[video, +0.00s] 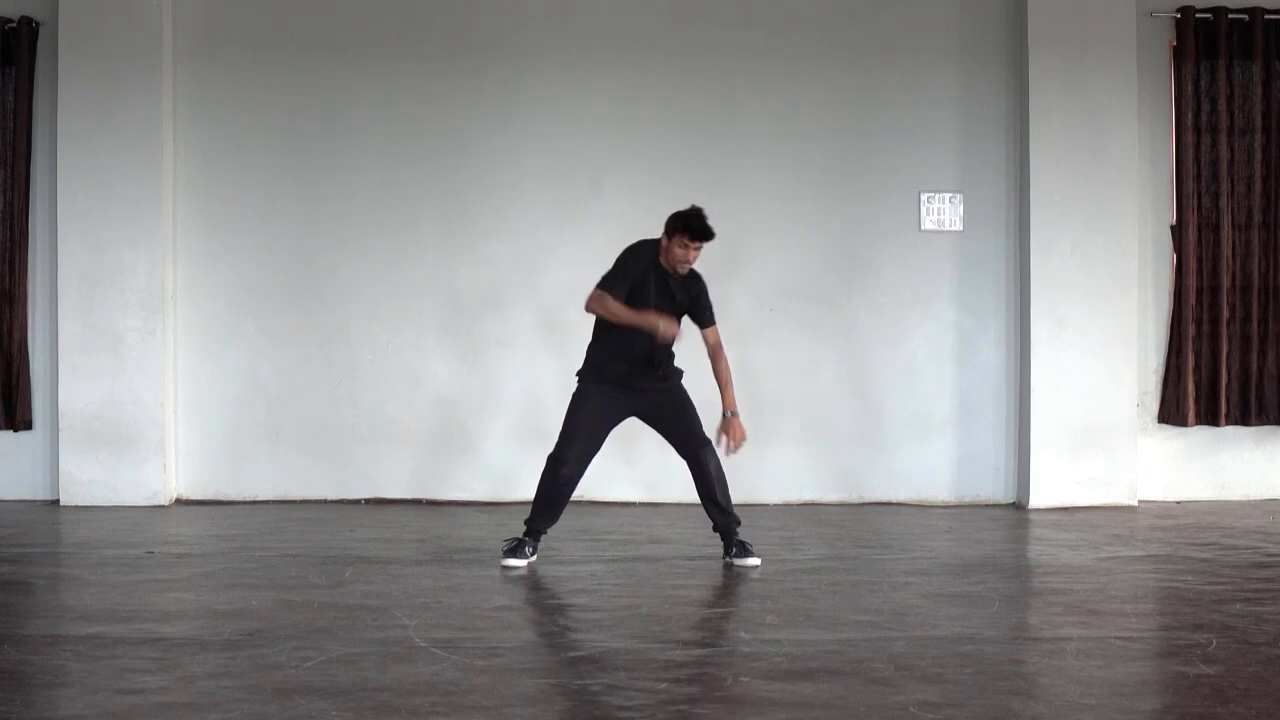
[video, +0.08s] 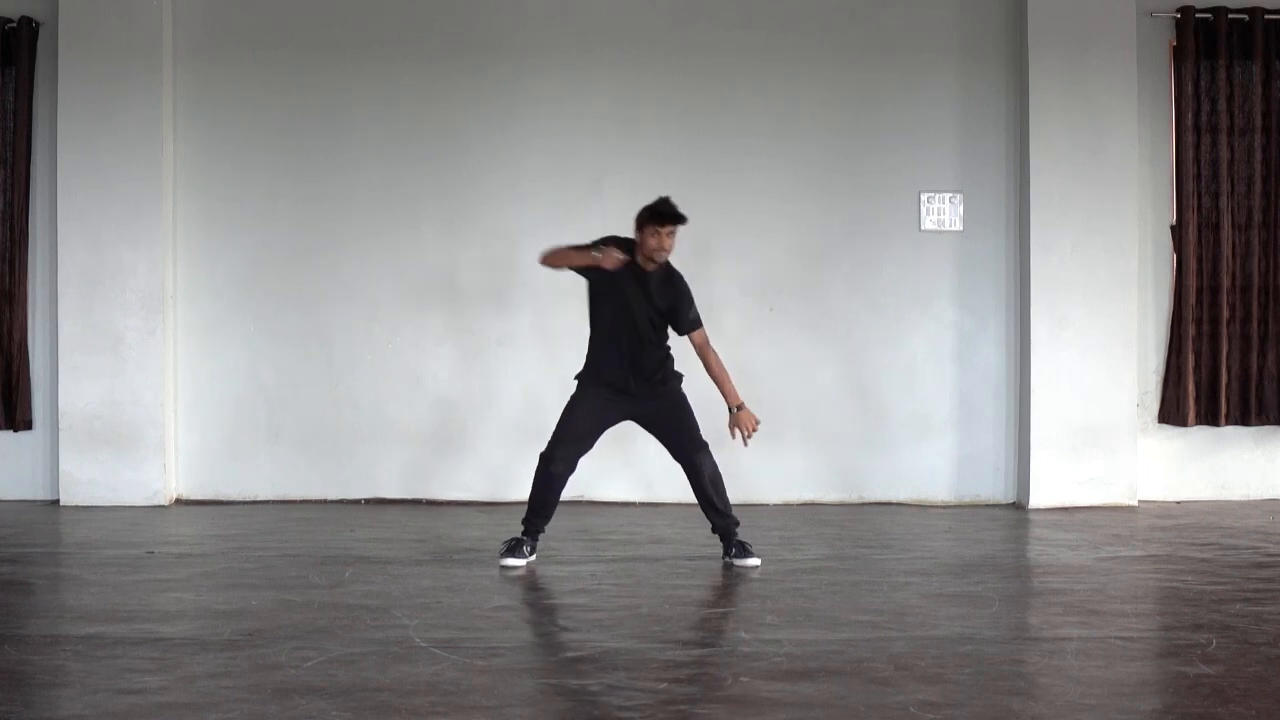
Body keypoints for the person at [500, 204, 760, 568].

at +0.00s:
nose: (690, 256)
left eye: (697, 250)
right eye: (684, 247)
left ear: (702, 249)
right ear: (666, 239)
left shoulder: (693, 285)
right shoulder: (638, 257)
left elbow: (715, 347)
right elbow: (596, 302)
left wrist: (731, 411)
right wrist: (650, 320)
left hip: (659, 388)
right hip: (604, 384)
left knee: (702, 453)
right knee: (566, 460)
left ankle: (732, 540)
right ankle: (530, 538)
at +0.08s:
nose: (664, 243)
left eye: (670, 236)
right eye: (656, 234)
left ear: (675, 239)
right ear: (638, 233)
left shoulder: (673, 285)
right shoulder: (608, 253)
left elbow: (703, 348)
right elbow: (549, 258)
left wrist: (737, 406)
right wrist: (592, 257)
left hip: (658, 392)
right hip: (601, 388)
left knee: (698, 458)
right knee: (556, 458)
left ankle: (732, 540)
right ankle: (527, 538)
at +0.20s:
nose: (584, 231)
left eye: (589, 222)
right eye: (575, 224)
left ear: (597, 219)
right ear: (560, 224)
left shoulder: (623, 252)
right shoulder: (551, 261)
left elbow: (659, 296)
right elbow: (535, 295)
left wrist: (691, 348)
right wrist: (506, 300)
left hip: (651, 378)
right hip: (596, 385)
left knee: (696, 454)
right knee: (557, 462)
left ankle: (732, 538)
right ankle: (528, 539)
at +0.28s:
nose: (543, 243)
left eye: (544, 233)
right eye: (532, 239)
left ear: (548, 226)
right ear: (515, 243)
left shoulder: (581, 240)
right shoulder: (525, 290)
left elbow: (627, 273)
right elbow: (538, 350)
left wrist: (658, 323)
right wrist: (510, 413)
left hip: (643, 357)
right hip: (593, 374)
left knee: (691, 436)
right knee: (562, 454)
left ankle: (705, 513)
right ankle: (528, 538)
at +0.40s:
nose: (518, 265)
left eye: (518, 255)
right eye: (507, 262)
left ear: (521, 249)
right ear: (489, 267)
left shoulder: (547, 253)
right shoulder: (504, 314)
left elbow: (600, 273)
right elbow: (545, 357)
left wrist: (651, 307)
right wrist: (543, 420)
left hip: (627, 336)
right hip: (585, 367)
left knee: (677, 381)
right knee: (554, 450)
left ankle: (666, 416)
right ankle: (527, 539)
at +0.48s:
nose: (507, 274)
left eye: (508, 264)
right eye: (496, 271)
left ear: (511, 257)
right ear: (480, 276)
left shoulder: (537, 259)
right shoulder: (497, 320)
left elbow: (592, 274)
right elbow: (531, 360)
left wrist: (648, 302)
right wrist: (539, 422)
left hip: (616, 328)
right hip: (579, 364)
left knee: (656, 341)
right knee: (552, 448)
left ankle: (662, 383)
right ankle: (528, 540)